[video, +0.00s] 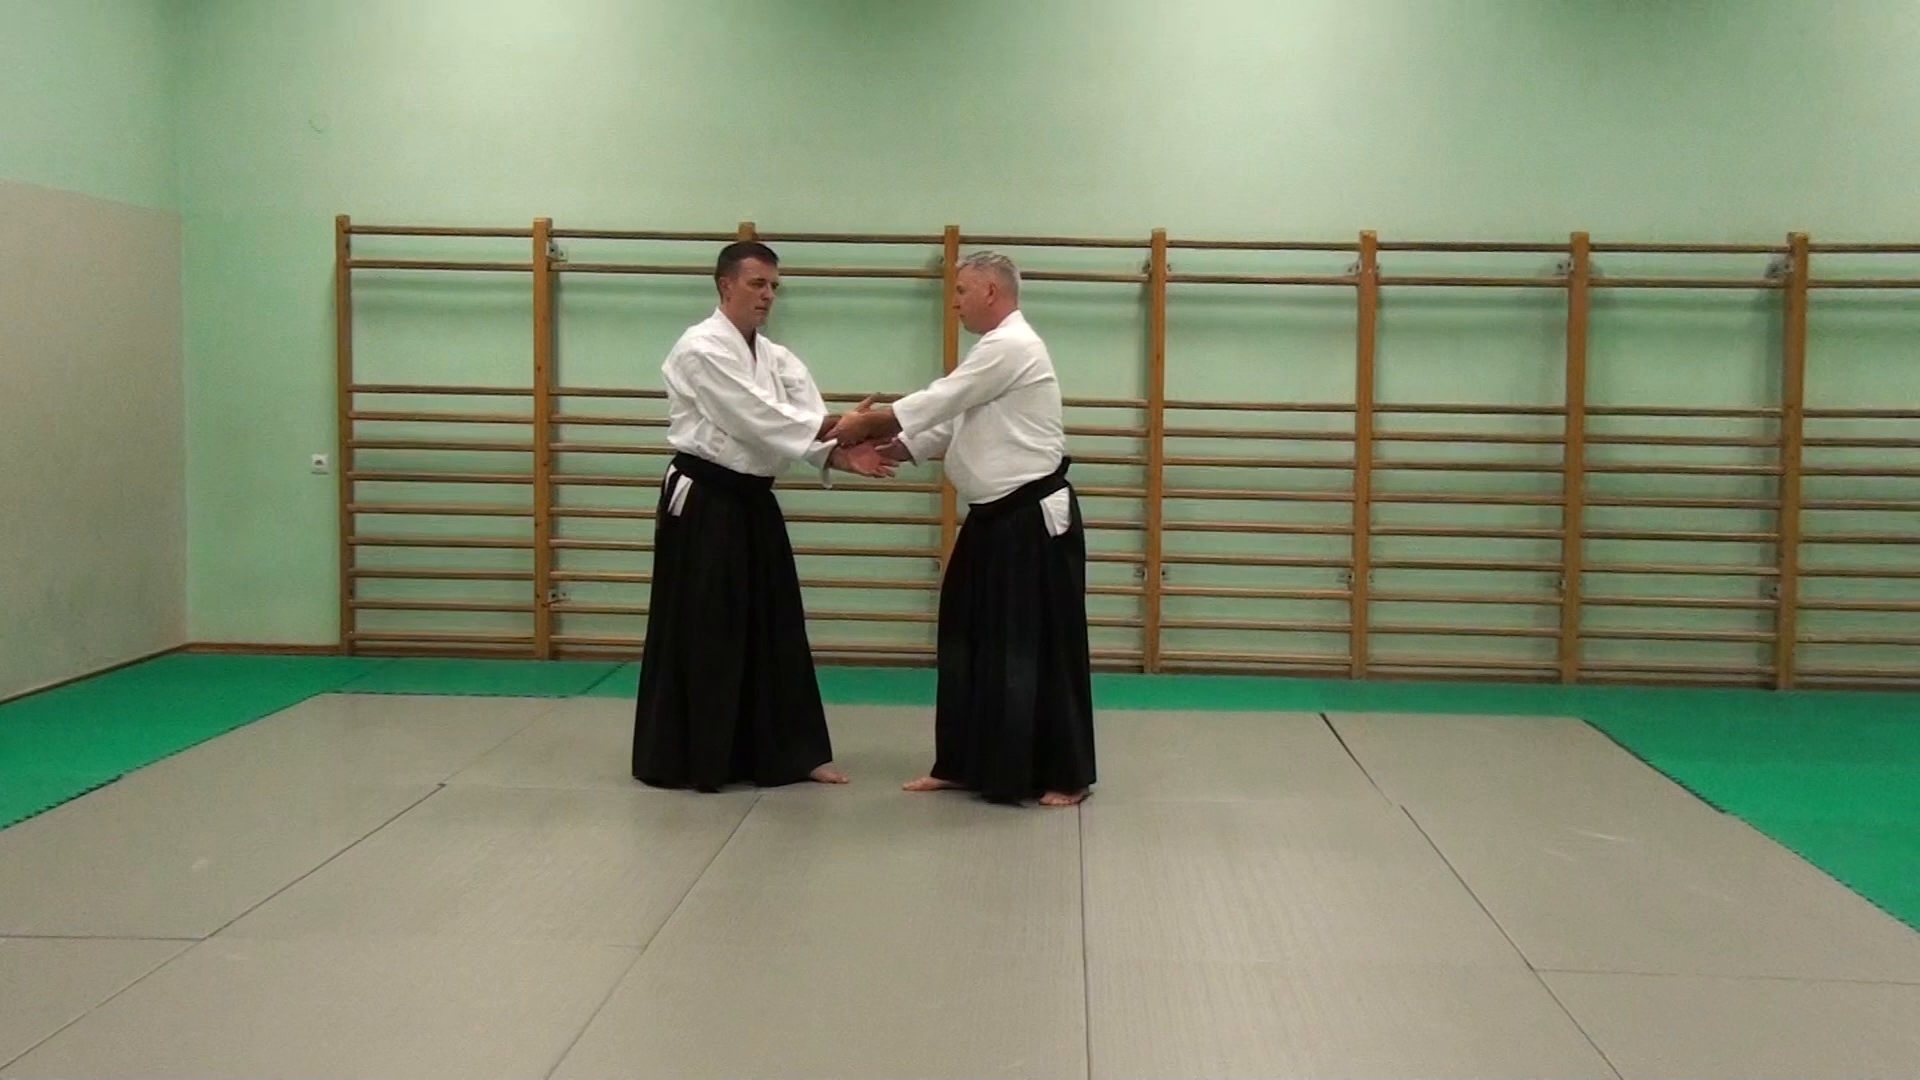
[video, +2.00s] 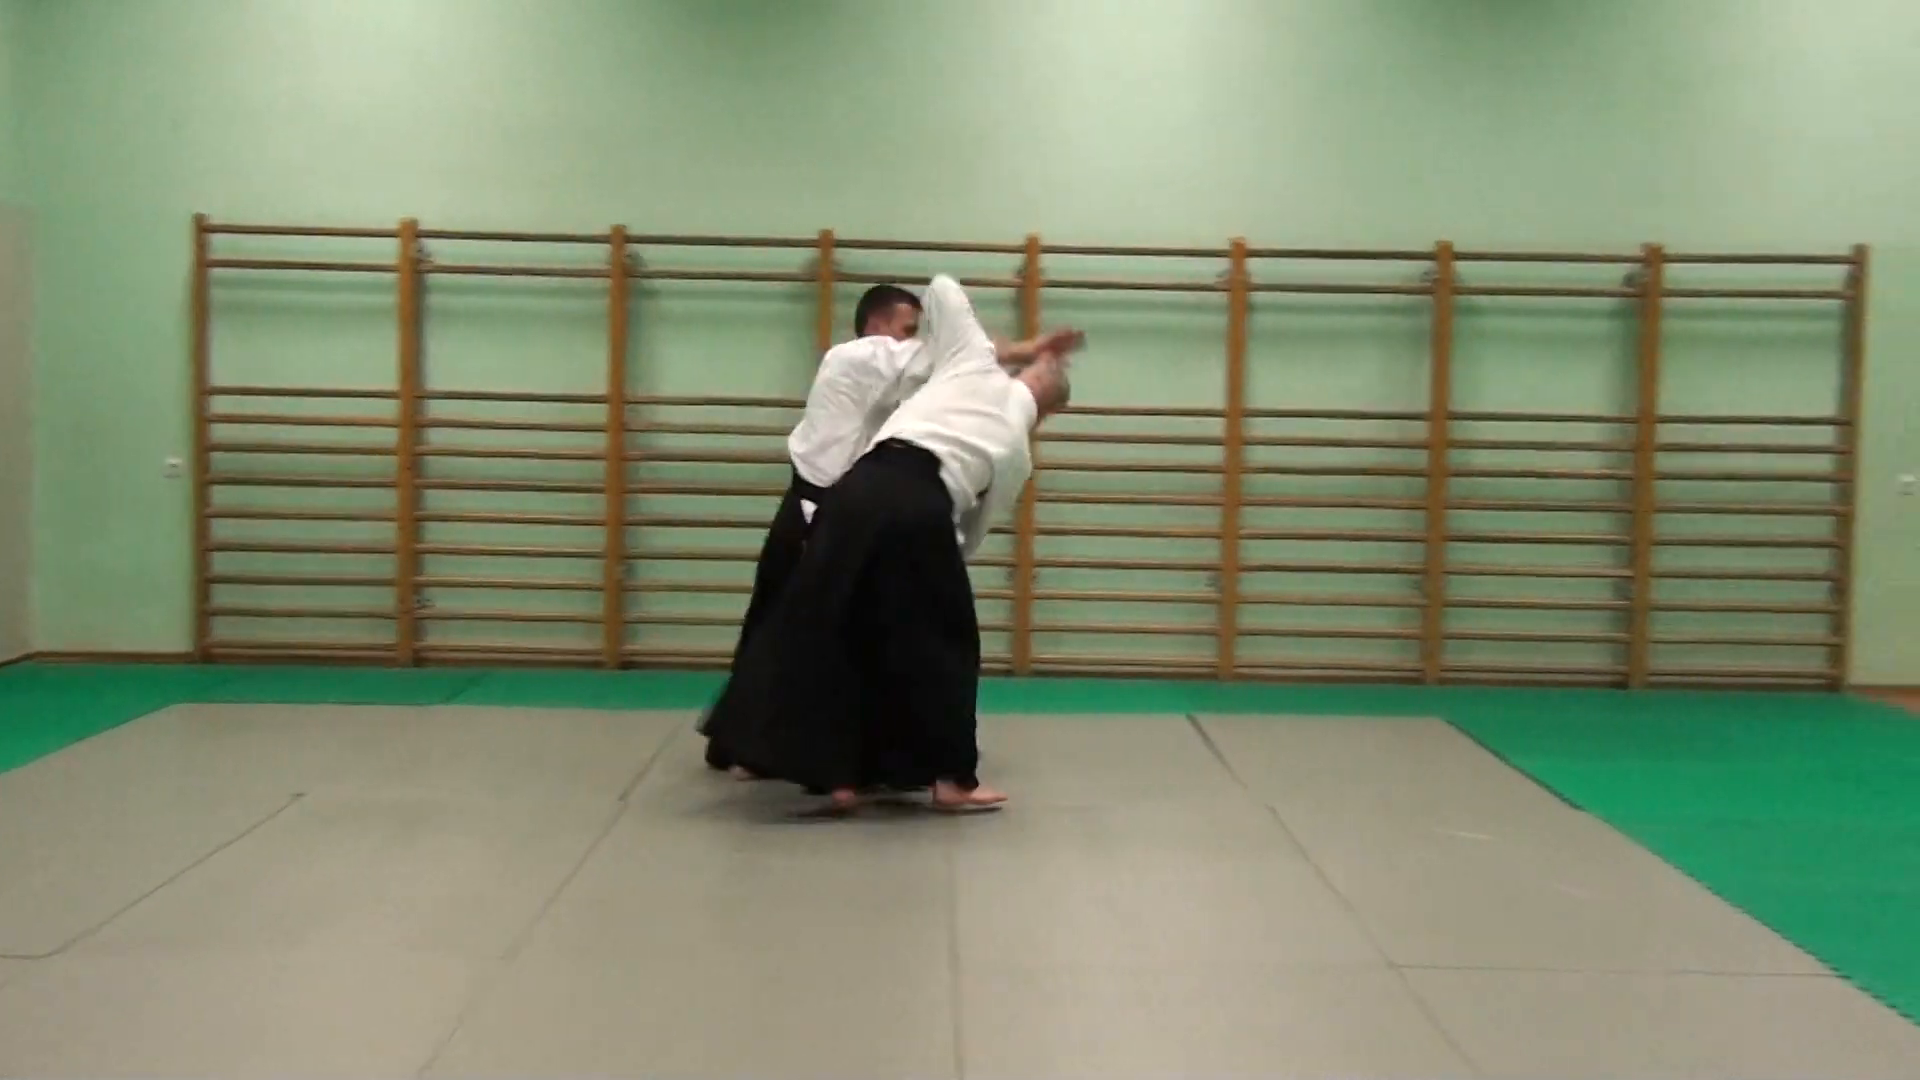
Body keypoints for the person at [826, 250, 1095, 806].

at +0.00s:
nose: (956, 304)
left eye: (962, 292)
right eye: (956, 294)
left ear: (993, 290)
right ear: (992, 291)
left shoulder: (1012, 345)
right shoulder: (993, 350)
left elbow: (939, 400)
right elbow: (949, 431)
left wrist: (865, 419)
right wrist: (890, 449)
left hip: (1034, 515)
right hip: (988, 517)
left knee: (1045, 646)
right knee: (963, 639)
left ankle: (1066, 775)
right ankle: (961, 765)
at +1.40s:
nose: (950, 301)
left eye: (956, 289)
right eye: (950, 292)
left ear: (987, 289)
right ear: (984, 291)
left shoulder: (1001, 330)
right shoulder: (972, 356)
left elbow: (938, 343)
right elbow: (934, 427)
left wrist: (869, 364)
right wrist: (870, 468)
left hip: (1028, 518)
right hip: (982, 521)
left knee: (1042, 645)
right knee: (956, 635)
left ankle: (1061, 774)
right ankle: (960, 762)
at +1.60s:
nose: (964, 311)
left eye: (974, 301)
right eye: (967, 302)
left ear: (995, 308)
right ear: (977, 310)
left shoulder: (996, 341)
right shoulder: (969, 369)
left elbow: (942, 268)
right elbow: (953, 469)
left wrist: (910, 299)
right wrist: (904, 526)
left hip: (1004, 513)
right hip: (982, 517)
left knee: (969, 641)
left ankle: (1011, 770)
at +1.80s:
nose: (997, 310)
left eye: (1005, 306)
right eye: (1008, 307)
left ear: (1005, 317)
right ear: (1024, 334)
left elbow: (942, 253)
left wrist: (923, 253)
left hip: (952, 488)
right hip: (999, 497)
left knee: (925, 626)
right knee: (965, 626)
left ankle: (954, 770)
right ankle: (960, 762)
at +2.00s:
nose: (1042, 373)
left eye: (1046, 371)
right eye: (1047, 370)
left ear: (1030, 372)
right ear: (1049, 408)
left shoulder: (971, 358)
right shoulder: (1018, 447)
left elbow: (944, 287)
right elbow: (975, 529)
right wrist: (939, 575)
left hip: (859, 487)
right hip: (922, 510)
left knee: (835, 634)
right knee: (950, 642)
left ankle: (841, 776)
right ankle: (952, 779)